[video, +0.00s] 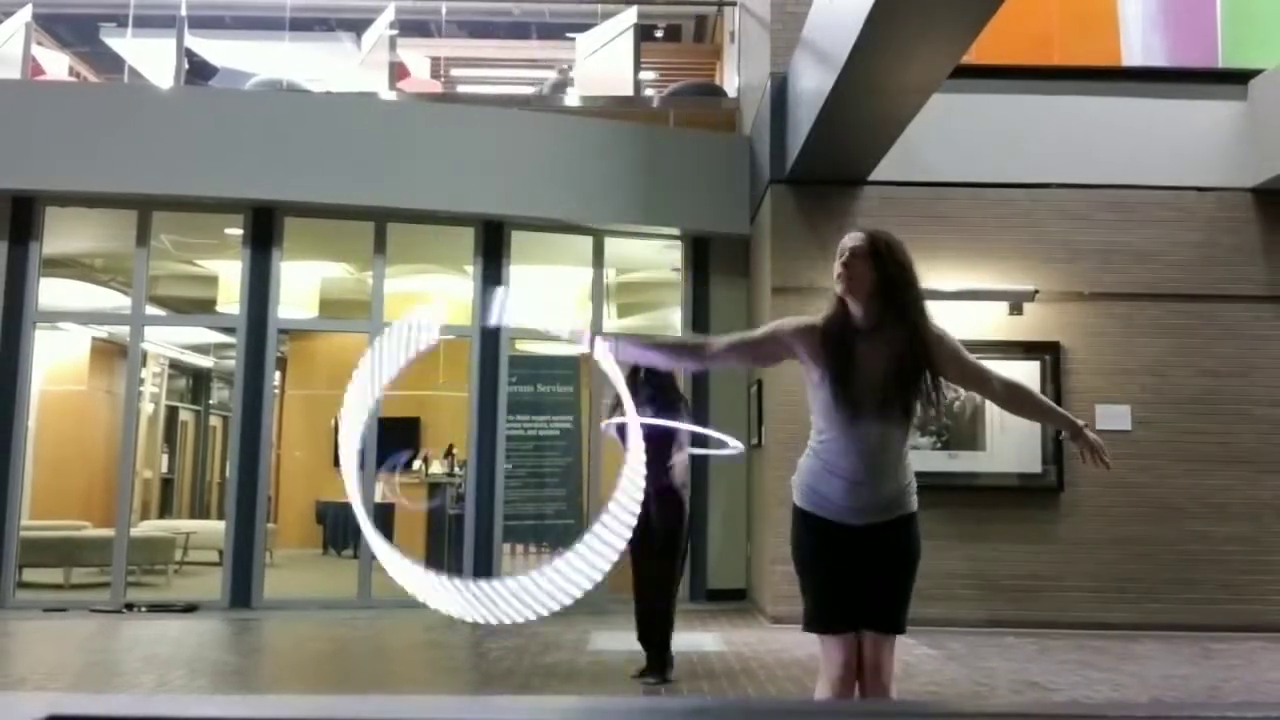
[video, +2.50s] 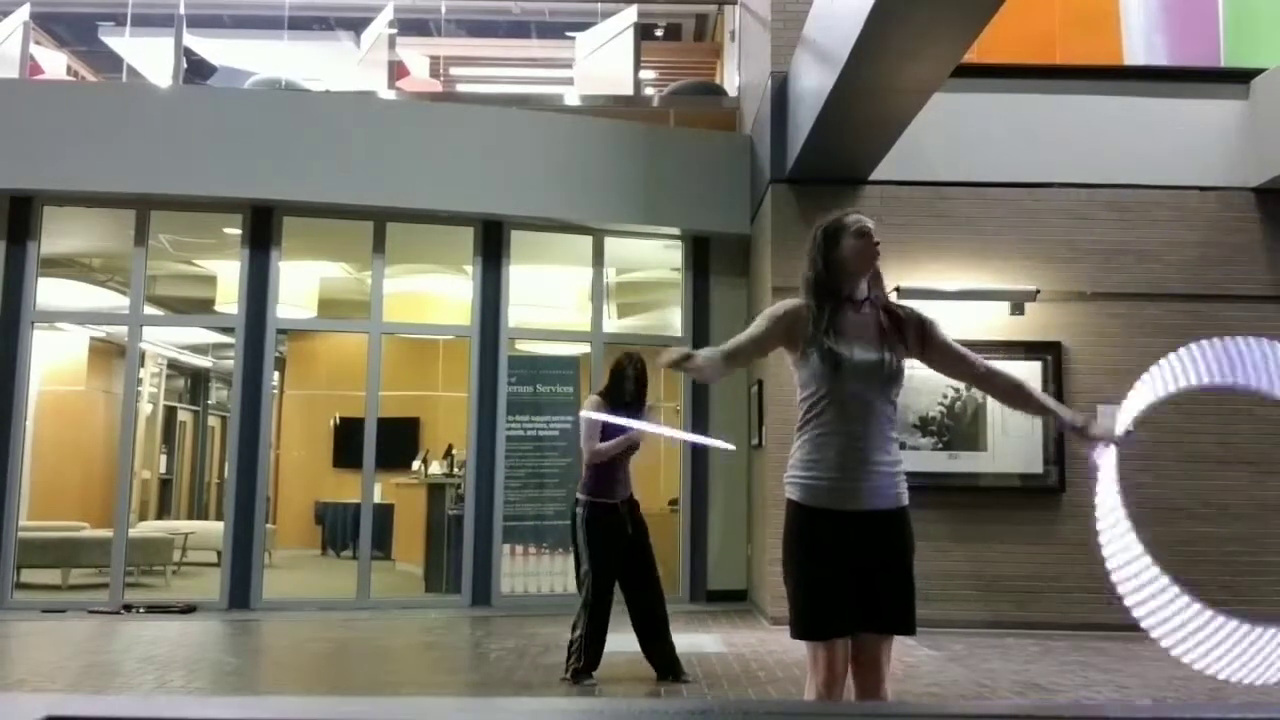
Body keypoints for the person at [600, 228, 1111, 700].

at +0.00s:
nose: (841, 270)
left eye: (854, 260)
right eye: (839, 260)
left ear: (885, 273)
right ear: (836, 274)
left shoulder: (920, 341)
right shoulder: (810, 338)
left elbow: (994, 385)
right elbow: (708, 354)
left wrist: (1071, 425)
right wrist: (623, 346)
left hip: (890, 513)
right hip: (822, 511)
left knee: (877, 666)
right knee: (840, 667)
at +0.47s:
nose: (844, 275)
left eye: (856, 267)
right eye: (834, 268)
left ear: (875, 283)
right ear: (820, 283)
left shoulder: (903, 344)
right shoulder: (788, 353)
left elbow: (984, 387)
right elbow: (714, 417)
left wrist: (1069, 423)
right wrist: (636, 476)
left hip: (884, 517)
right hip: (812, 518)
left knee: (870, 658)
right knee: (822, 658)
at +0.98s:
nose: (845, 241)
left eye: (854, 240)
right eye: (833, 242)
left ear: (872, 263)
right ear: (819, 266)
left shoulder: (903, 306)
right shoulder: (798, 306)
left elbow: (998, 331)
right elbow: (695, 307)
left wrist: (1081, 354)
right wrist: (613, 305)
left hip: (888, 507)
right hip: (817, 505)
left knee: (874, 667)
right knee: (827, 665)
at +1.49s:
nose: (874, 288)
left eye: (878, 291)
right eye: (860, 286)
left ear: (879, 311)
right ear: (827, 301)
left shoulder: (904, 345)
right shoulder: (804, 332)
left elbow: (997, 361)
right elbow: (715, 315)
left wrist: (1076, 372)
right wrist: (628, 302)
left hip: (904, 516)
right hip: (831, 514)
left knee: (887, 670)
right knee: (838, 672)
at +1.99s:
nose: (887, 257)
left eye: (886, 252)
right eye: (874, 251)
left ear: (878, 271)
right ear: (844, 263)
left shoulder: (902, 324)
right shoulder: (804, 317)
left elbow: (989, 346)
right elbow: (705, 317)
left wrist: (1014, 303)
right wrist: (620, 319)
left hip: (899, 508)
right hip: (830, 509)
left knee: (883, 675)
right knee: (841, 673)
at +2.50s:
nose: (873, 239)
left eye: (874, 233)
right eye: (859, 233)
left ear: (877, 252)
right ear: (829, 252)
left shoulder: (904, 324)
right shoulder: (795, 318)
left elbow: (982, 375)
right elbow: (724, 359)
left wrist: (1063, 415)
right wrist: (694, 360)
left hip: (883, 507)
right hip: (815, 507)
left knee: (872, 667)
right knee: (828, 672)